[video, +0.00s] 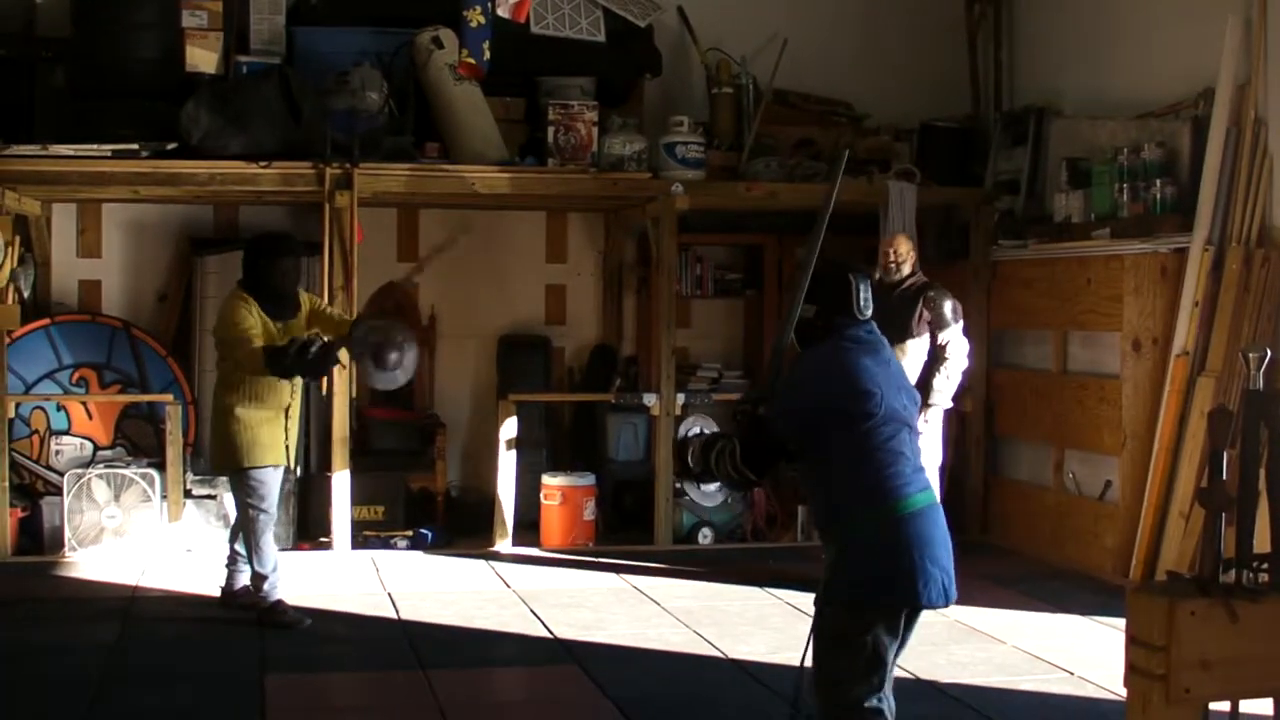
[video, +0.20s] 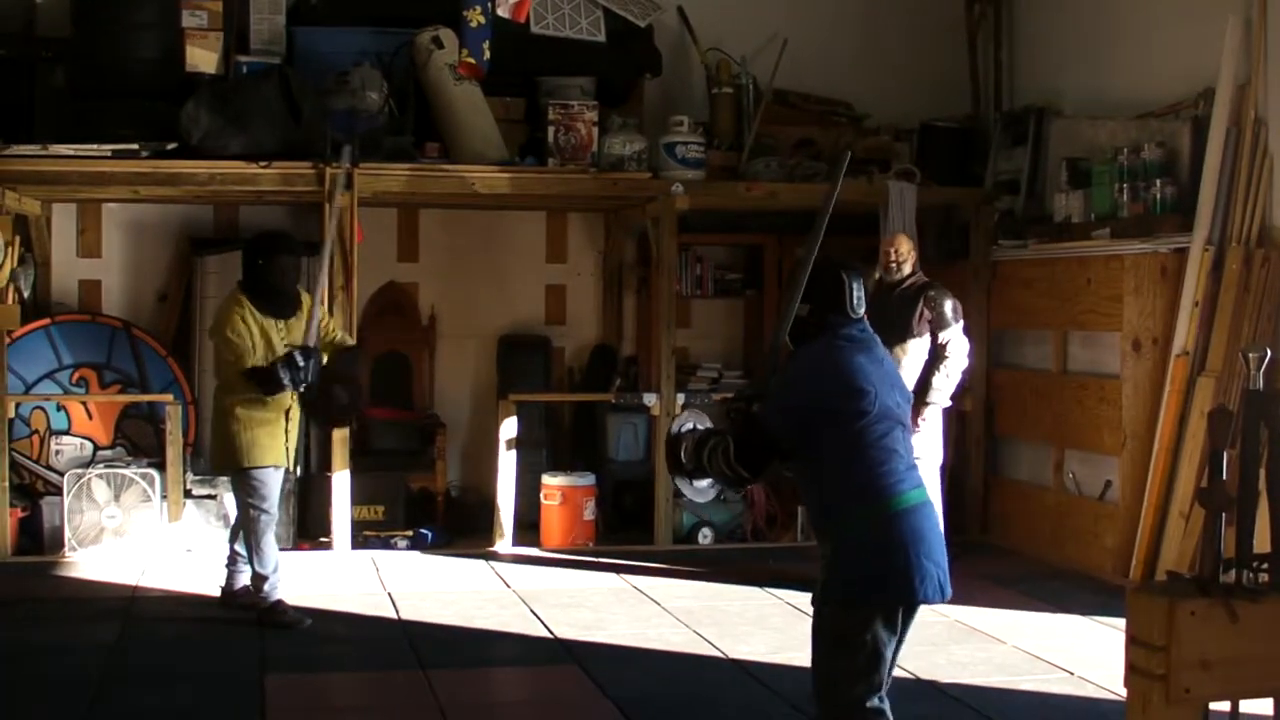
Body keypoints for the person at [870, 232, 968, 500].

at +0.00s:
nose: (891, 259)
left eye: (898, 254)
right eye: (886, 253)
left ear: (912, 257)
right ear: (878, 256)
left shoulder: (932, 297)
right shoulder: (872, 293)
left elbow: (954, 352)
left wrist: (935, 402)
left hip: (921, 400)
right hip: (879, 397)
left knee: (922, 466)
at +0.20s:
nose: (891, 259)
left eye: (898, 253)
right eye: (886, 253)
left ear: (912, 256)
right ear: (879, 255)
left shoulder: (930, 296)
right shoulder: (875, 294)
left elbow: (955, 348)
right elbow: (863, 344)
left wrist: (929, 402)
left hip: (919, 405)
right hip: (880, 401)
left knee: (921, 476)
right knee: (885, 477)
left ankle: (931, 552)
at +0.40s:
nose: (890, 260)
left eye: (897, 254)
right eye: (885, 254)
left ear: (913, 257)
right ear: (879, 258)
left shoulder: (934, 298)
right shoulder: (876, 296)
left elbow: (956, 353)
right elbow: (865, 349)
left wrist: (936, 403)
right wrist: (856, 331)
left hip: (919, 410)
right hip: (879, 407)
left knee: (924, 490)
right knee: (885, 489)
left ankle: (930, 570)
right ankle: (889, 570)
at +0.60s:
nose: (891, 260)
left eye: (898, 253)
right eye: (885, 254)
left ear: (913, 257)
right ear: (877, 258)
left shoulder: (934, 298)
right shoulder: (874, 296)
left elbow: (960, 352)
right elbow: (861, 358)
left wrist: (942, 404)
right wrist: (856, 335)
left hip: (922, 413)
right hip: (879, 409)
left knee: (925, 497)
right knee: (888, 494)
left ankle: (929, 577)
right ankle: (896, 573)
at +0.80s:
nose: (889, 260)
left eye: (896, 253)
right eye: (884, 254)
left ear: (914, 257)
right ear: (878, 259)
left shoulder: (937, 299)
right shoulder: (876, 298)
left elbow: (961, 353)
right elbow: (857, 358)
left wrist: (946, 405)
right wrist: (857, 337)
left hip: (922, 414)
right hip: (877, 413)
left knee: (927, 498)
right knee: (887, 495)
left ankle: (929, 577)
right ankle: (895, 571)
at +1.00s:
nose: (889, 259)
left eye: (896, 252)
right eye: (884, 253)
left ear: (915, 256)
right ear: (878, 258)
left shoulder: (938, 299)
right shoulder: (877, 298)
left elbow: (962, 355)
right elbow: (859, 359)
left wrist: (949, 406)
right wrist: (859, 337)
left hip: (923, 415)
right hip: (879, 415)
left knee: (928, 499)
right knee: (886, 495)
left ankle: (929, 577)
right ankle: (893, 571)